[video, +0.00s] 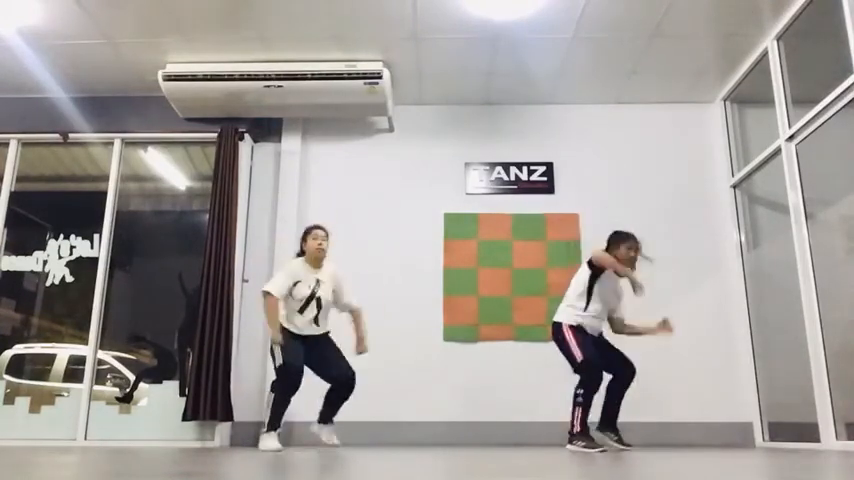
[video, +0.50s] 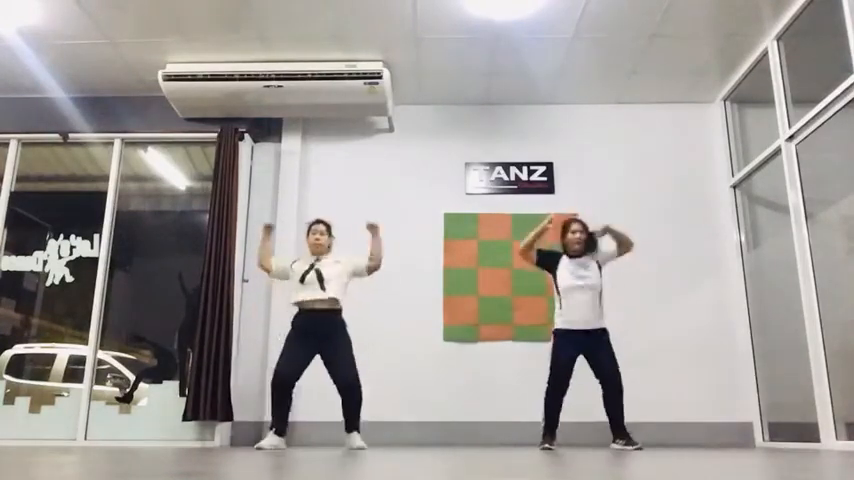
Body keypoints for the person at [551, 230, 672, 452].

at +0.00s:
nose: (635, 256)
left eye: (637, 251)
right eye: (630, 250)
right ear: (614, 251)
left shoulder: (615, 287)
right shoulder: (597, 266)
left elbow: (618, 327)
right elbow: (599, 257)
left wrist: (655, 329)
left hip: (591, 334)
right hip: (568, 326)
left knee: (625, 370)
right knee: (591, 373)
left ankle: (607, 428)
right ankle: (577, 435)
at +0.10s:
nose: (621, 248)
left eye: (626, 246)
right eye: (618, 243)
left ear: (629, 253)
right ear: (607, 244)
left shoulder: (620, 284)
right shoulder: (591, 260)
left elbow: (630, 312)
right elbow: (570, 239)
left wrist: (656, 294)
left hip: (595, 334)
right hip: (569, 324)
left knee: (625, 376)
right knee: (582, 374)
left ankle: (613, 431)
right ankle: (577, 435)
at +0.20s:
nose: (604, 239)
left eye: (609, 236)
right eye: (600, 234)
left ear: (618, 241)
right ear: (593, 236)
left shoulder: (621, 270)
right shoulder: (581, 255)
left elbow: (641, 284)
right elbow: (555, 233)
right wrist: (579, 223)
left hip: (598, 330)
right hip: (570, 323)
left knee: (617, 380)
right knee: (573, 369)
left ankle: (610, 434)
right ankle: (567, 430)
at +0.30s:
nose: (594, 230)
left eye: (598, 227)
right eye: (590, 226)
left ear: (604, 232)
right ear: (581, 230)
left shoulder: (613, 255)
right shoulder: (570, 250)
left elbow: (646, 258)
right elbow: (541, 234)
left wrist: (642, 227)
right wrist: (557, 214)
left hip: (600, 326)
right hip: (570, 323)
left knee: (618, 374)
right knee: (560, 375)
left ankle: (614, 430)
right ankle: (550, 430)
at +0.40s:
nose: (584, 232)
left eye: (588, 228)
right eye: (579, 228)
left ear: (593, 234)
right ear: (569, 234)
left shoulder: (603, 254)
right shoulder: (561, 254)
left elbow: (634, 247)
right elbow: (529, 243)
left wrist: (632, 225)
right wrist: (545, 219)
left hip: (597, 327)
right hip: (568, 326)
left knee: (617, 376)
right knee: (557, 380)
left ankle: (620, 430)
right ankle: (548, 433)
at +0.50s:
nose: (577, 236)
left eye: (581, 232)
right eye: (572, 232)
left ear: (588, 238)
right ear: (563, 239)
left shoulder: (597, 260)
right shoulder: (555, 261)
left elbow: (626, 246)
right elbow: (525, 251)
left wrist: (608, 230)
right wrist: (543, 227)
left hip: (596, 334)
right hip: (566, 335)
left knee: (613, 383)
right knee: (557, 385)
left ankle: (620, 435)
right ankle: (548, 435)